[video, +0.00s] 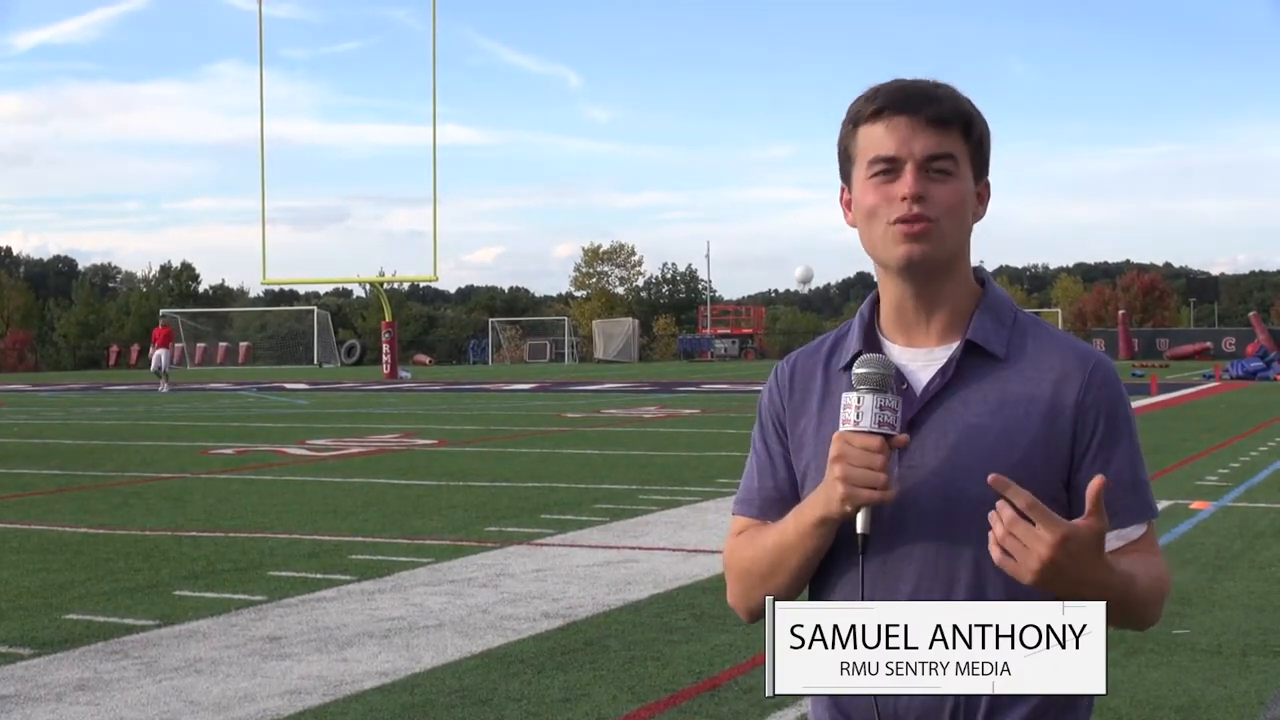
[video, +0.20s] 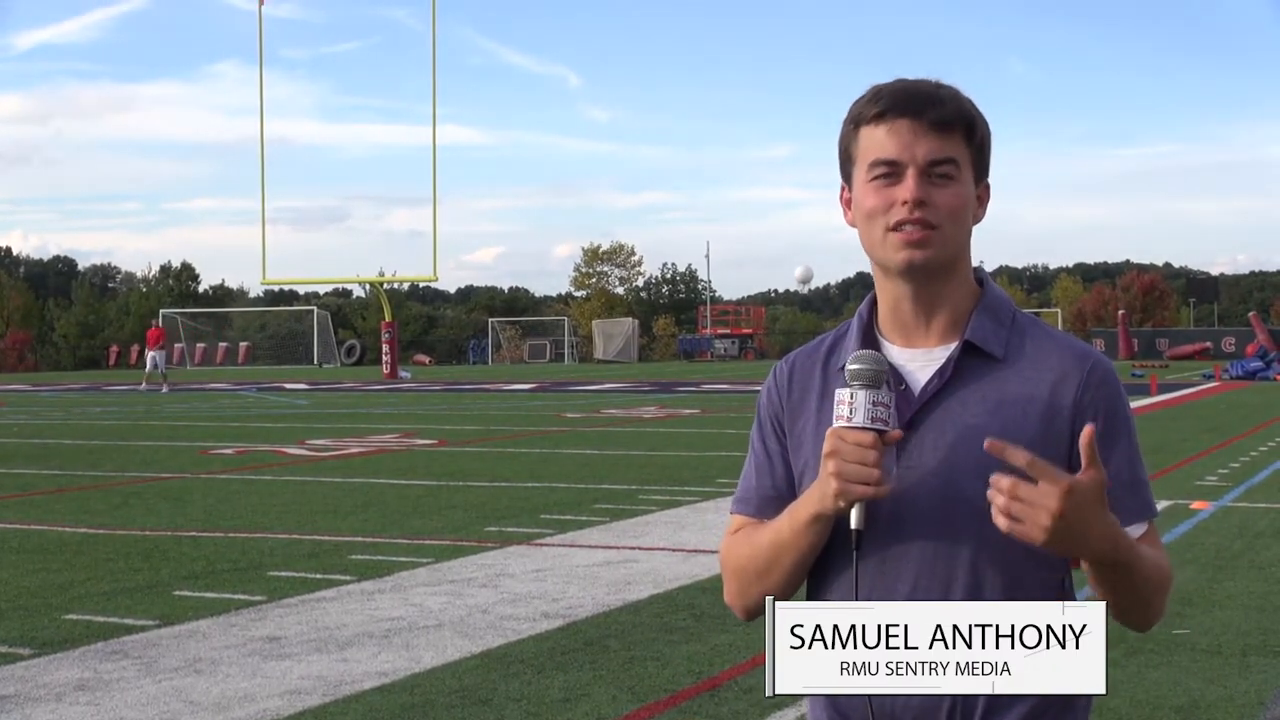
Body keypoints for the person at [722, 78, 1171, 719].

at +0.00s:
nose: (910, 190)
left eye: (938, 170)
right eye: (884, 171)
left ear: (980, 198)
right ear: (849, 207)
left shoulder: (1077, 379)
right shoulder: (796, 384)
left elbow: (1147, 593)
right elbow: (744, 590)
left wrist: (1093, 578)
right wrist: (824, 503)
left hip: (1025, 707)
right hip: (847, 707)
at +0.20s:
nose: (912, 195)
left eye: (940, 173)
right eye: (885, 174)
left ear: (980, 199)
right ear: (849, 206)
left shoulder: (1074, 378)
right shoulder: (795, 384)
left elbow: (1146, 608)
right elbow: (741, 590)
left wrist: (1097, 538)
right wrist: (820, 499)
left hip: (1024, 706)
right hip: (848, 707)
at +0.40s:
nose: (917, 200)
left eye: (946, 178)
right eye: (891, 177)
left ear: (985, 200)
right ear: (853, 202)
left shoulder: (1072, 377)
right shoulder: (795, 383)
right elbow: (740, 590)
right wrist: (819, 497)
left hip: (1022, 705)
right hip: (846, 707)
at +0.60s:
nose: (923, 196)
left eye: (951, 173)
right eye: (896, 174)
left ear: (988, 199)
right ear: (856, 202)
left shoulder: (1077, 378)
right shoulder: (797, 382)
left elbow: (1145, 610)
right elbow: (740, 587)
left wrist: (1111, 524)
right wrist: (821, 496)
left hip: (1023, 706)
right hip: (846, 707)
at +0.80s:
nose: (920, 197)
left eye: (948, 174)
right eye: (893, 175)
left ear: (986, 199)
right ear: (855, 204)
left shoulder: (1078, 380)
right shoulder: (797, 384)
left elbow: (1147, 609)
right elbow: (742, 588)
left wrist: (1109, 549)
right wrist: (823, 502)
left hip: (1026, 707)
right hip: (846, 707)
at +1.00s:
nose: (918, 199)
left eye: (946, 176)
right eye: (891, 176)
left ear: (983, 200)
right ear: (852, 203)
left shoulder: (1076, 378)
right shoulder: (796, 384)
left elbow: (1149, 606)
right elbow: (742, 588)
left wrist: (1107, 550)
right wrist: (822, 502)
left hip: (1026, 706)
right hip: (846, 707)